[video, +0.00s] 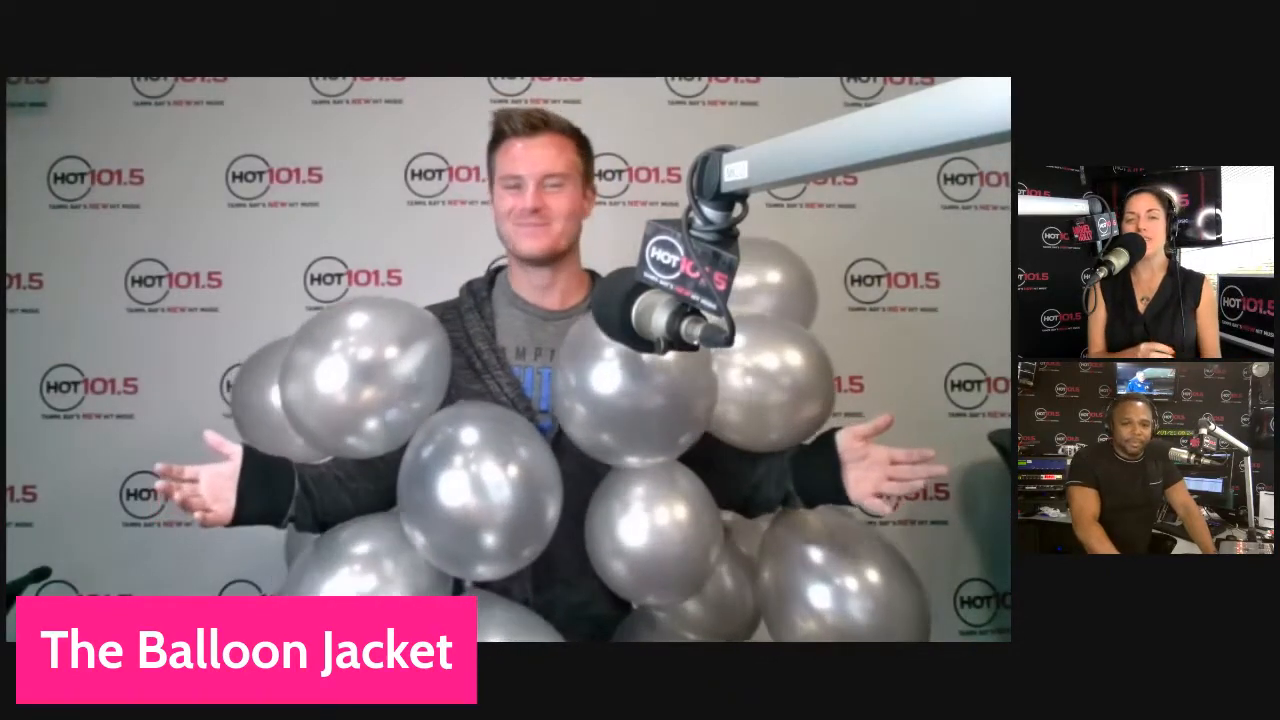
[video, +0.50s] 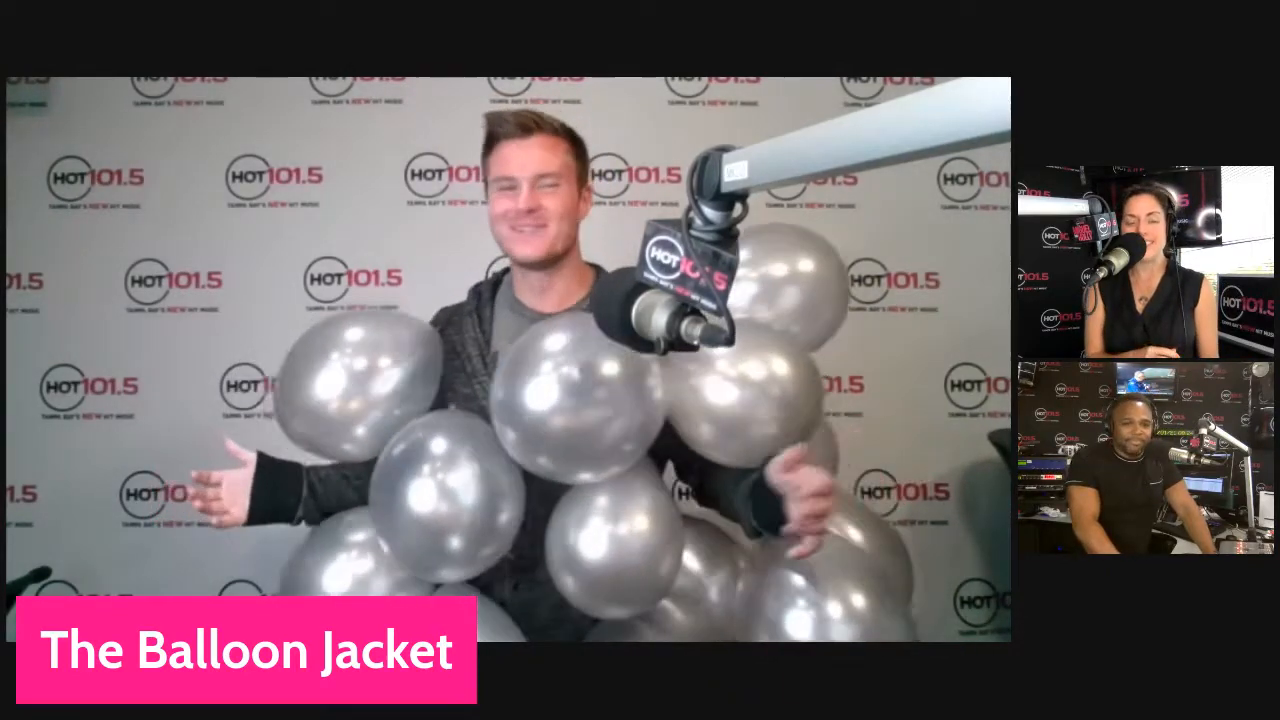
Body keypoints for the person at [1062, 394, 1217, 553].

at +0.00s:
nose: (1137, 431)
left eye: (1144, 424)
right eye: (1127, 423)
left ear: (1153, 429)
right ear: (1111, 427)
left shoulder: (1158, 458)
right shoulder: (1088, 461)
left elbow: (1188, 509)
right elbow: (1086, 525)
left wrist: (1211, 553)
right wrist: (1120, 566)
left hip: (1143, 557)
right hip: (1098, 559)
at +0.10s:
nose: (1137, 431)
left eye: (1144, 424)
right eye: (1127, 423)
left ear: (1152, 429)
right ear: (1111, 427)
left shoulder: (1158, 458)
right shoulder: (1088, 461)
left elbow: (1188, 509)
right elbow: (1086, 525)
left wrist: (1211, 553)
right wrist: (1120, 566)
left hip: (1143, 556)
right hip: (1098, 559)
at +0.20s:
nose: (1137, 431)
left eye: (1144, 424)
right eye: (1127, 423)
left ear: (1152, 429)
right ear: (1111, 427)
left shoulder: (1158, 458)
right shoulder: (1088, 461)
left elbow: (1188, 510)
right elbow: (1086, 526)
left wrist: (1211, 553)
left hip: (1142, 556)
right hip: (1099, 557)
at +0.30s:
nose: (1137, 431)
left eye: (1144, 424)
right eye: (1127, 423)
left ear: (1152, 429)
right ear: (1111, 427)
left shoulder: (1158, 458)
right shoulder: (1088, 461)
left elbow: (1188, 509)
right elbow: (1086, 526)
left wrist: (1211, 553)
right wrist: (1120, 565)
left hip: (1143, 556)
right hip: (1099, 558)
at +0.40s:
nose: (1137, 431)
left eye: (1145, 424)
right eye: (1128, 423)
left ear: (1153, 429)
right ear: (1111, 427)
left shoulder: (1158, 458)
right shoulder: (1088, 461)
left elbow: (1188, 509)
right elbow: (1085, 524)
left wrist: (1211, 553)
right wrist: (1119, 565)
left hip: (1142, 556)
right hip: (1097, 557)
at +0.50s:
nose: (1137, 431)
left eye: (1145, 424)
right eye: (1128, 423)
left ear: (1153, 429)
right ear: (1111, 427)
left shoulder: (1158, 458)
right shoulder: (1088, 461)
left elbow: (1188, 509)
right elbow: (1086, 525)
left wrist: (1211, 553)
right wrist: (1120, 566)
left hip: (1142, 557)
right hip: (1096, 559)